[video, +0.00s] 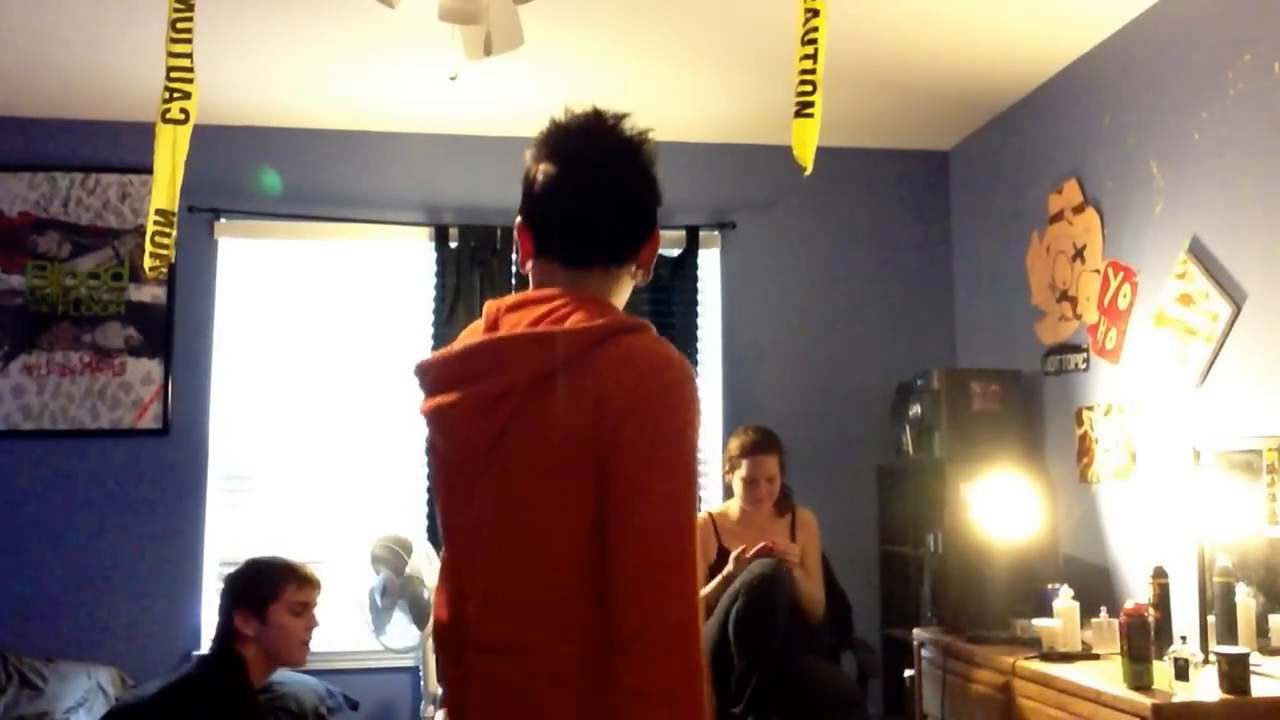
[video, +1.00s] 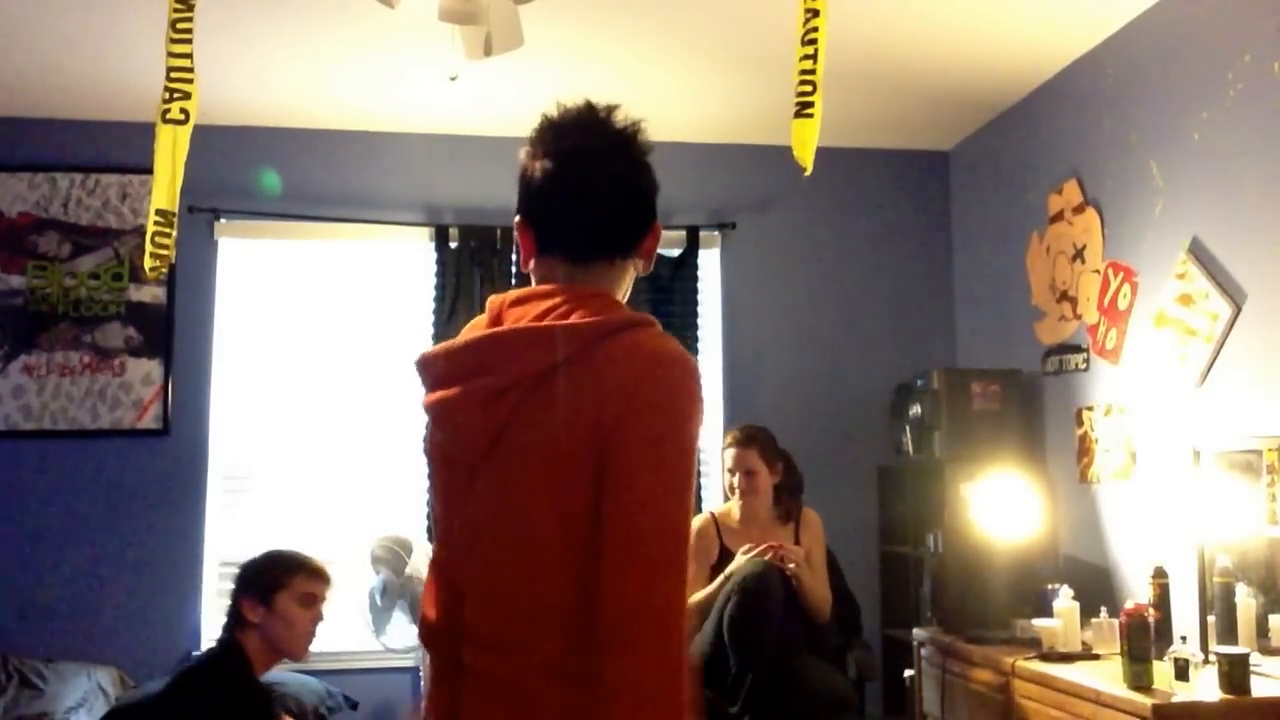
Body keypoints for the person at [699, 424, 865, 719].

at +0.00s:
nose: (761, 491)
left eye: (770, 480)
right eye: (750, 481)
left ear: (781, 479)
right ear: (730, 477)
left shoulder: (802, 522)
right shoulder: (708, 527)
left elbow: (817, 611)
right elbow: (692, 612)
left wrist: (795, 570)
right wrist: (730, 575)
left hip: (791, 648)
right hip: (721, 656)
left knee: (842, 696)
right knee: (767, 576)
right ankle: (750, 708)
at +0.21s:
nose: (757, 489)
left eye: (767, 478)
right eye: (748, 478)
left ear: (781, 478)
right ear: (733, 477)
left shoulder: (804, 523)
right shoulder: (719, 524)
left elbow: (820, 610)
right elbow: (688, 612)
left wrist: (796, 568)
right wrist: (744, 565)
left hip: (788, 652)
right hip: (730, 652)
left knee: (840, 696)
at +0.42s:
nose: (755, 488)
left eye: (765, 478)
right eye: (745, 477)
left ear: (781, 478)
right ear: (730, 476)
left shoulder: (806, 522)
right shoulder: (722, 526)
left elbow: (822, 611)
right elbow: (710, 591)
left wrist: (801, 568)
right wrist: (747, 566)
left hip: (794, 653)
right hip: (737, 652)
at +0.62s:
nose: (745, 486)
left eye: (757, 476)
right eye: (737, 475)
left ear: (779, 476)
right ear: (727, 475)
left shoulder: (806, 523)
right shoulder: (717, 523)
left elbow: (823, 612)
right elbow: (703, 604)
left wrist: (801, 569)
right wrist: (732, 572)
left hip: (794, 637)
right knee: (761, 576)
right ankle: (745, 698)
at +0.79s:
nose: (748, 484)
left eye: (755, 474)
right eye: (741, 475)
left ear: (777, 474)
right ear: (727, 479)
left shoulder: (805, 522)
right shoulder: (715, 525)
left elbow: (822, 611)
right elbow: (688, 617)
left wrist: (801, 571)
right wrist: (742, 569)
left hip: (795, 655)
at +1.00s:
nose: (738, 483)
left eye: (749, 473)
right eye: (731, 473)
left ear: (776, 472)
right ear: (723, 475)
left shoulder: (806, 523)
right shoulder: (707, 528)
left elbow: (822, 611)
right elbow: (689, 617)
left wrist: (801, 571)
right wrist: (733, 574)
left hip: (789, 652)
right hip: (719, 656)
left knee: (836, 697)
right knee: (758, 577)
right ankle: (750, 705)